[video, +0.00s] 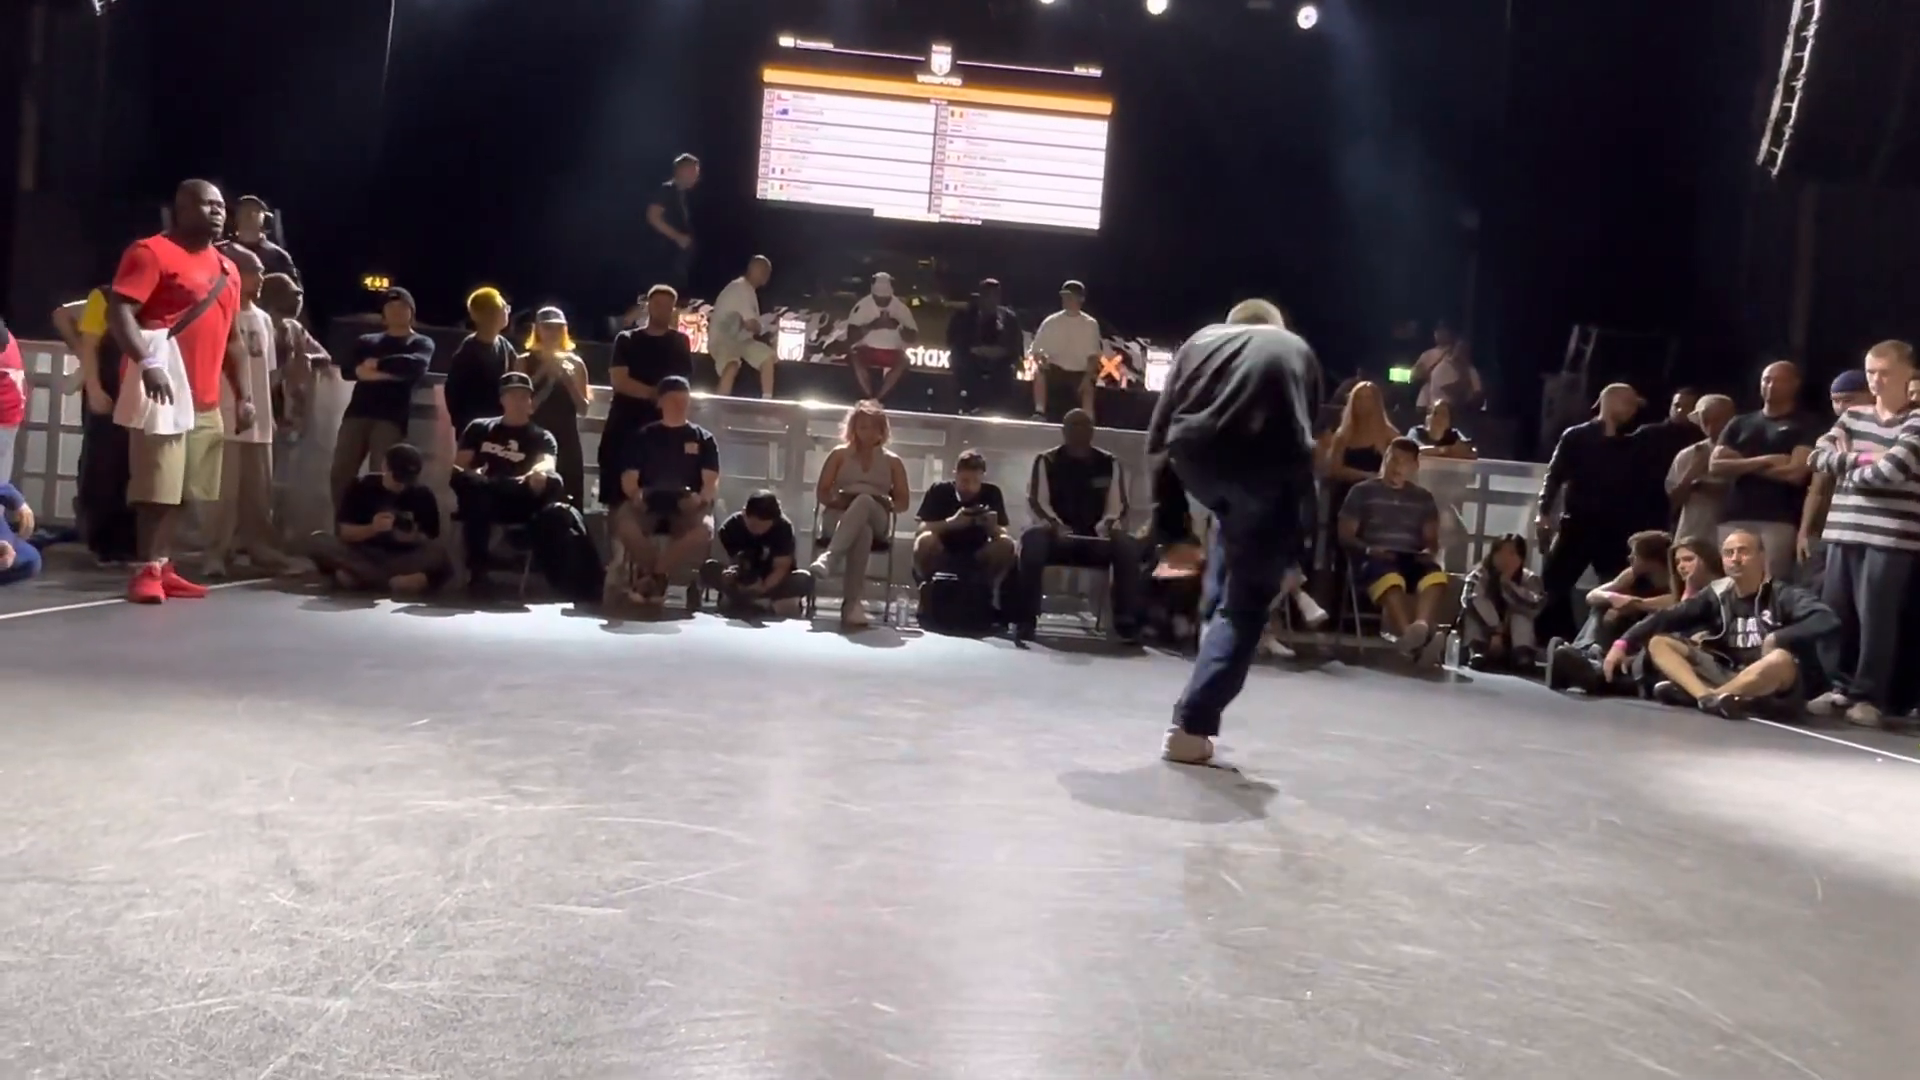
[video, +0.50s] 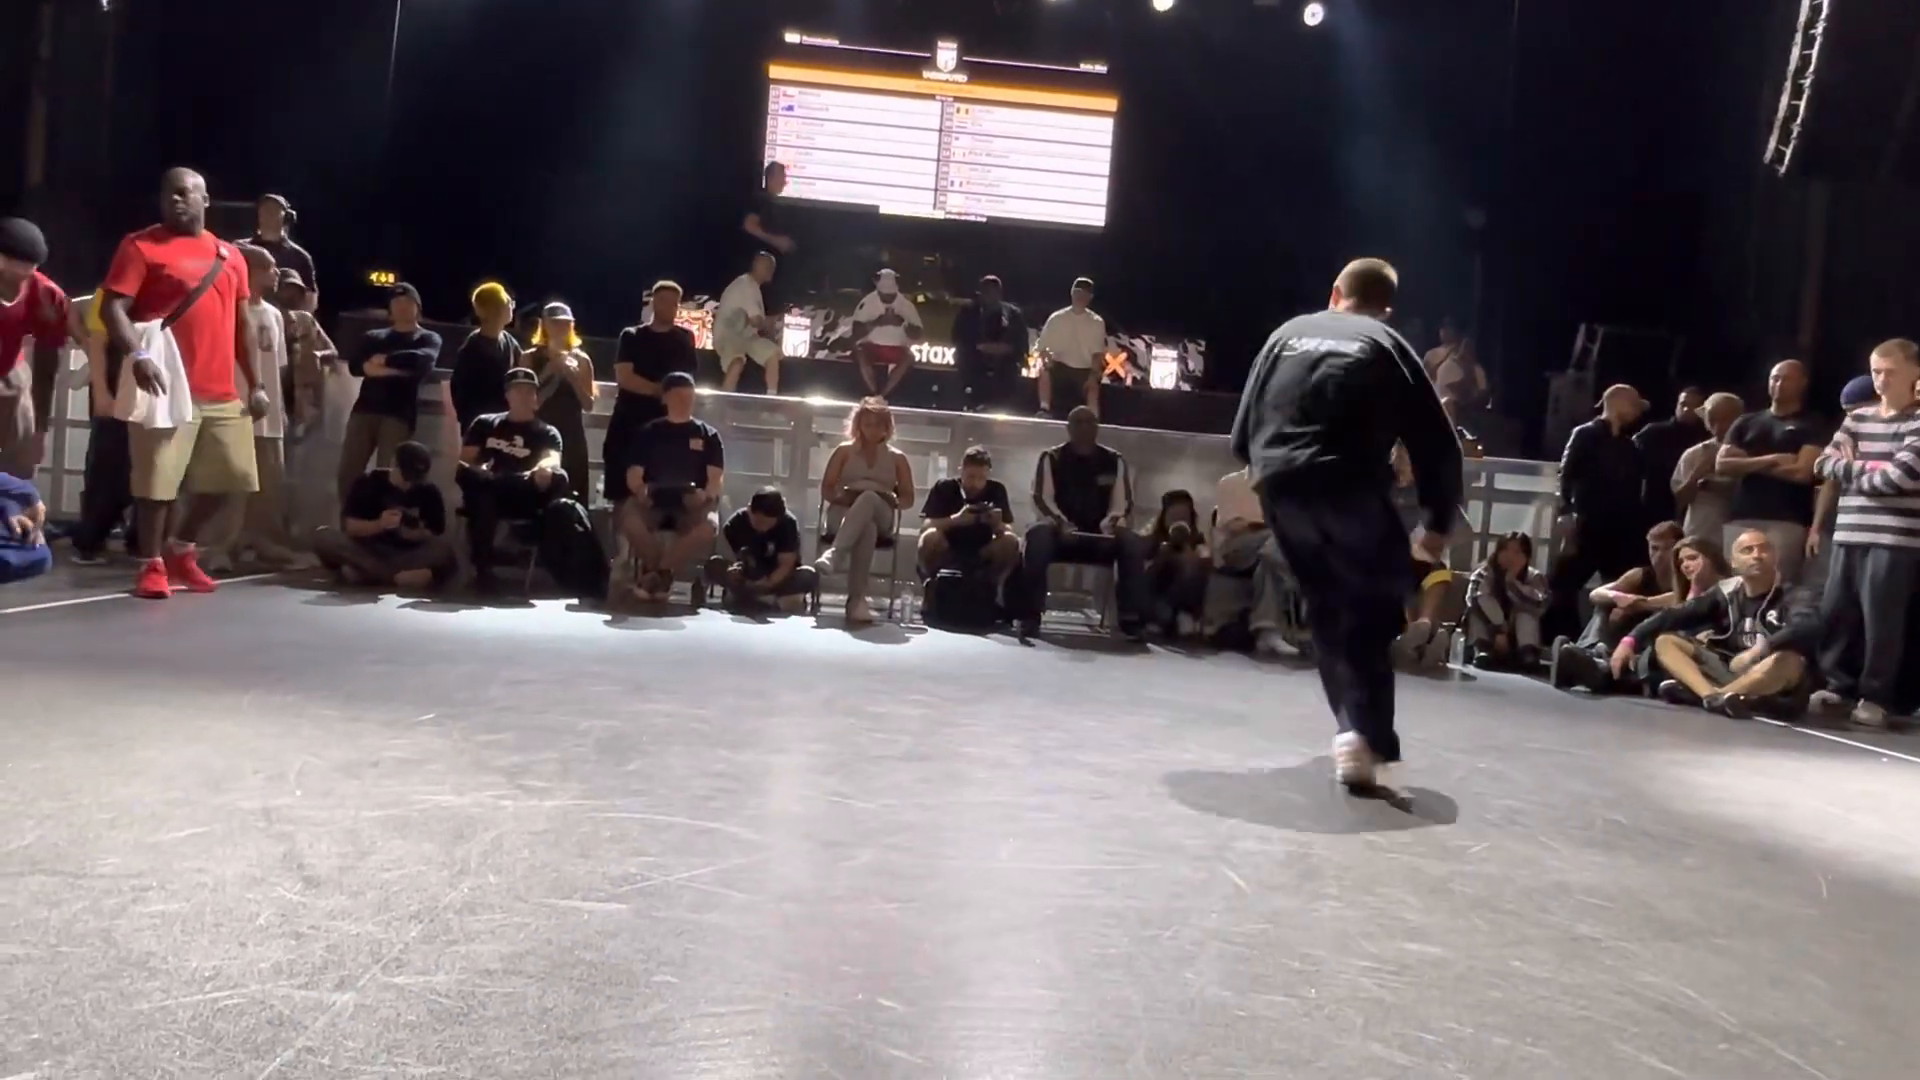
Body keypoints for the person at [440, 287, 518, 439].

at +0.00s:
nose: (509, 309)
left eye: (505, 305)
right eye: (503, 306)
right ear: (489, 314)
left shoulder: (505, 347)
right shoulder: (466, 354)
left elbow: (512, 384)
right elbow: (452, 389)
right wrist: (461, 424)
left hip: (501, 425)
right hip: (471, 427)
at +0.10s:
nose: (509, 308)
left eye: (506, 304)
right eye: (504, 305)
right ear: (491, 314)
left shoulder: (507, 347)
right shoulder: (468, 352)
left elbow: (513, 383)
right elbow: (454, 387)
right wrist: (462, 422)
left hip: (502, 424)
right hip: (473, 426)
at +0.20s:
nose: (511, 307)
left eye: (508, 303)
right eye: (505, 304)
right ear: (490, 313)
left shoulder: (508, 346)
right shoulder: (468, 352)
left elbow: (513, 383)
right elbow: (454, 387)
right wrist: (464, 422)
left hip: (502, 422)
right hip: (473, 424)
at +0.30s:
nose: (512, 306)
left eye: (509, 302)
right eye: (506, 303)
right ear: (490, 312)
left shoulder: (509, 345)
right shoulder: (469, 350)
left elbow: (514, 382)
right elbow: (455, 386)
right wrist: (465, 422)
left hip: (503, 422)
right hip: (474, 424)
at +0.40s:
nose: (513, 306)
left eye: (510, 301)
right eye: (507, 303)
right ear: (492, 311)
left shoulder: (509, 344)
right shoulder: (469, 351)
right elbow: (456, 386)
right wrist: (466, 422)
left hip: (504, 421)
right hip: (475, 424)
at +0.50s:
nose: (513, 305)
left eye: (510, 301)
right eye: (508, 301)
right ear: (492, 310)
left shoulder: (510, 343)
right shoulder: (470, 349)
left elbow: (516, 381)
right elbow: (458, 385)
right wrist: (467, 420)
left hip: (505, 420)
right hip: (476, 423)